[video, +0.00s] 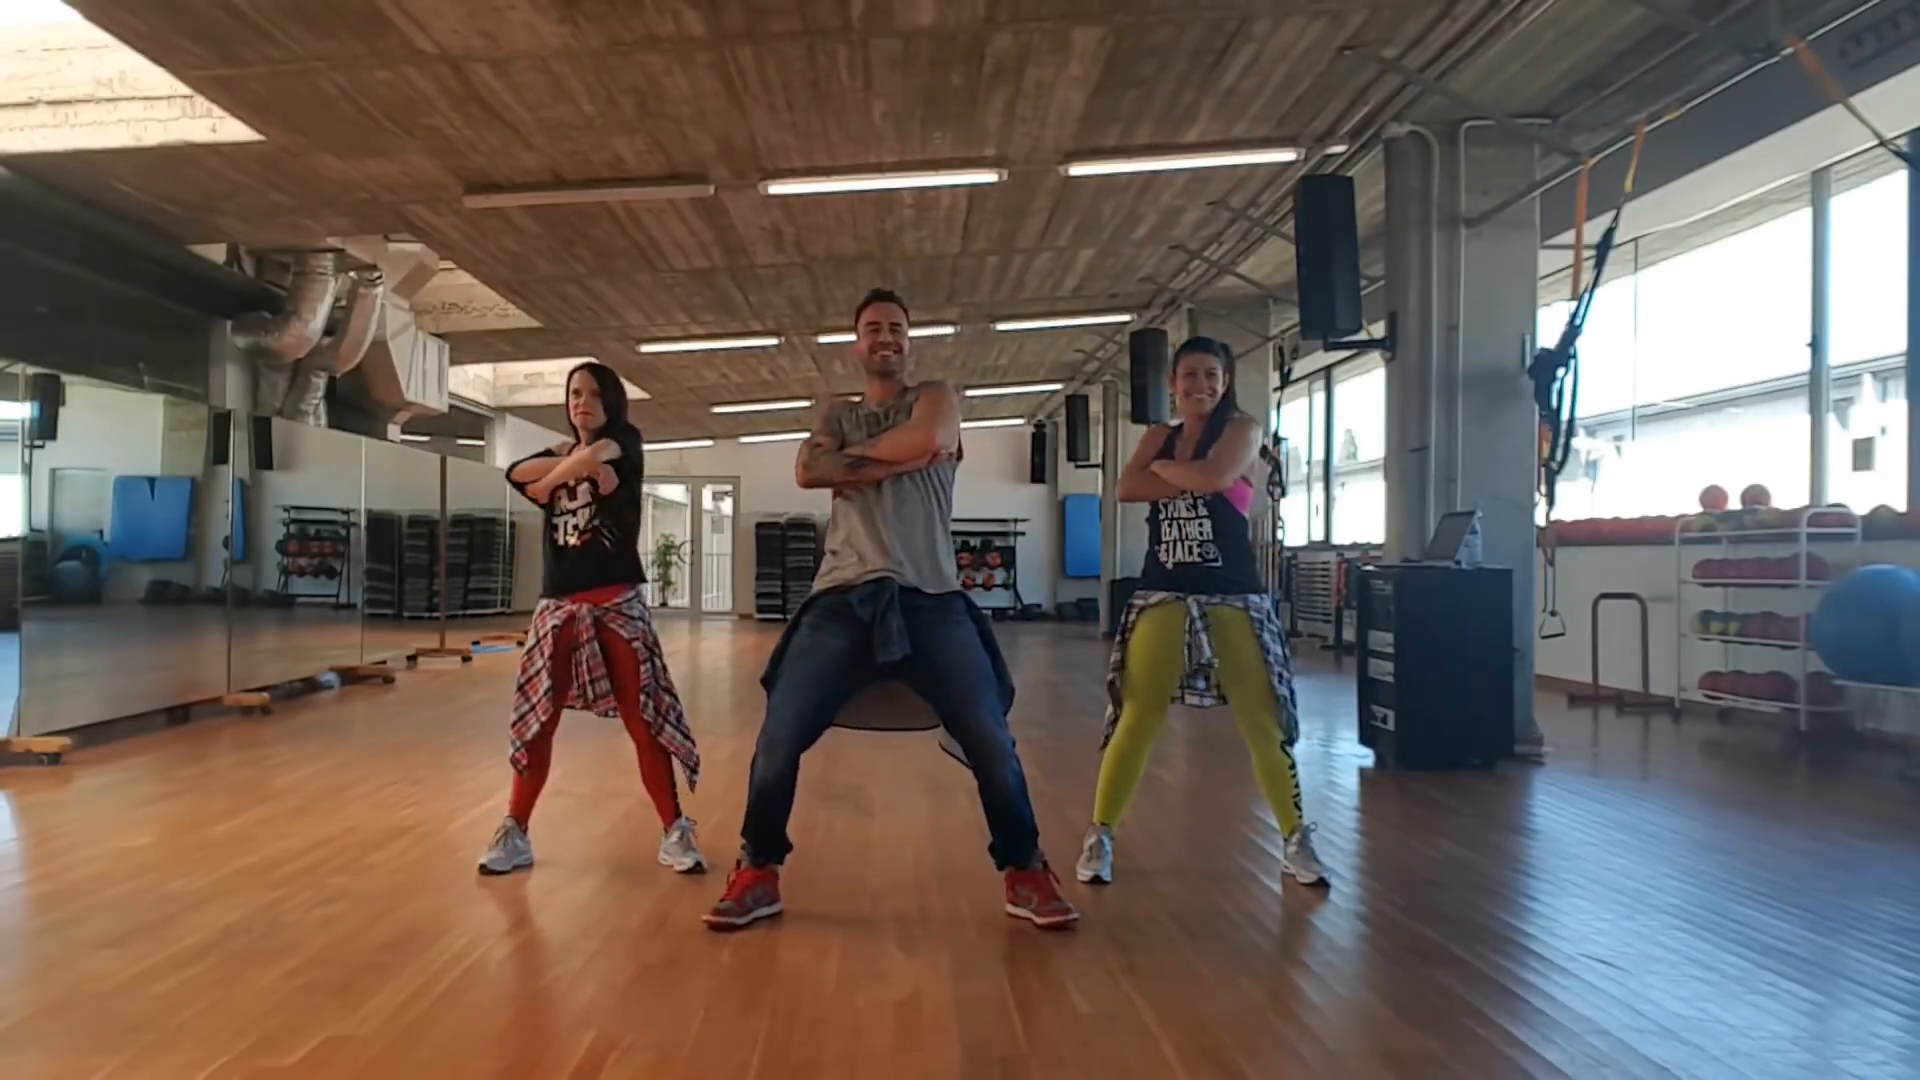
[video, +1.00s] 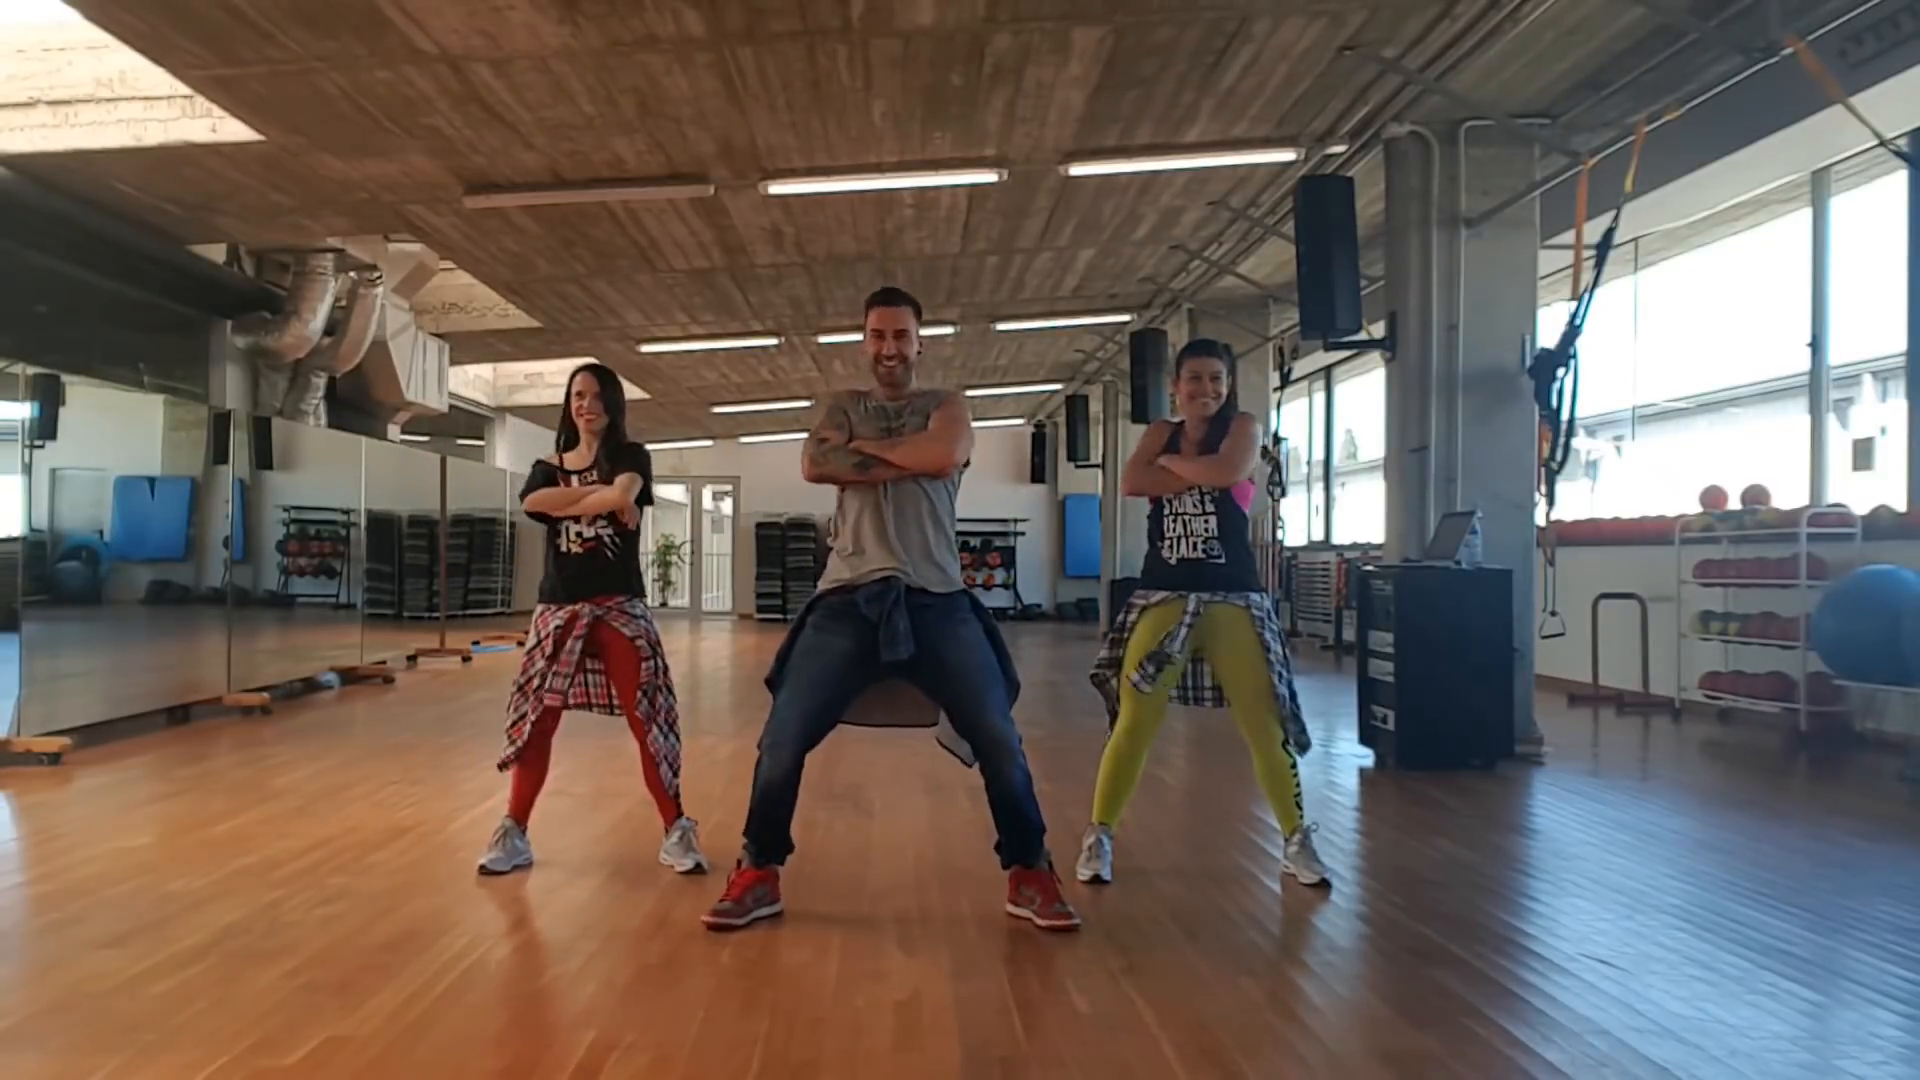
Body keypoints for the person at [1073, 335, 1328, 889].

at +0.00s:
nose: (1199, 384)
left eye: (1210, 376)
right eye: (1189, 375)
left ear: (1225, 383)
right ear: (1174, 383)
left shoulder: (1242, 428)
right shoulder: (1160, 436)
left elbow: (1212, 477)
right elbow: (1126, 488)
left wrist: (1157, 466)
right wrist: (1194, 478)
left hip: (1233, 591)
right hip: (1162, 590)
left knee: (1262, 720)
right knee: (1140, 714)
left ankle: (1296, 841)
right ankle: (1100, 837)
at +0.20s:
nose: (1203, 384)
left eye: (1213, 376)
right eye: (1192, 375)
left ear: (1227, 383)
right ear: (1175, 383)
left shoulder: (1247, 431)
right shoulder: (1157, 432)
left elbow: (1251, 474)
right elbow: (1145, 476)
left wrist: (1180, 459)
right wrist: (1221, 472)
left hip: (1235, 592)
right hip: (1165, 592)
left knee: (1267, 720)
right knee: (1138, 717)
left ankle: (1297, 840)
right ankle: (1099, 838)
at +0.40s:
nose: (1206, 386)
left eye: (1215, 377)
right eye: (1195, 377)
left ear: (1227, 386)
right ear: (1176, 384)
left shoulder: (1242, 440)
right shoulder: (1163, 430)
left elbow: (1278, 486)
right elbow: (1193, 479)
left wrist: (1218, 459)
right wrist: (1247, 480)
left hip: (1242, 597)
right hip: (1178, 597)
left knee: (1266, 719)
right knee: (1143, 720)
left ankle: (1296, 839)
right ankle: (1100, 837)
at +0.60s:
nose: (1204, 388)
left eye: (1213, 378)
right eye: (1193, 378)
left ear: (1226, 386)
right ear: (1175, 384)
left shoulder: (1245, 438)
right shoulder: (1158, 430)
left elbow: (1271, 479)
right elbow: (1170, 476)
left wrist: (1205, 458)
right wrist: (1237, 474)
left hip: (1239, 596)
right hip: (1170, 596)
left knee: (1267, 718)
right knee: (1145, 714)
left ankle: (1297, 840)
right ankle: (1100, 837)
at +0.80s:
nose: (1203, 388)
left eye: (1213, 379)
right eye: (1193, 378)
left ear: (1227, 385)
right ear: (1175, 385)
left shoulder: (1241, 426)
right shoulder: (1160, 434)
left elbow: (1223, 471)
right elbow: (1131, 482)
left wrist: (1161, 460)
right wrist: (1201, 469)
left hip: (1234, 592)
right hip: (1163, 591)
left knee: (1262, 716)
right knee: (1139, 715)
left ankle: (1296, 840)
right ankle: (1098, 837)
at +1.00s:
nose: (1204, 388)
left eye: (1214, 379)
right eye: (1193, 378)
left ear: (1228, 386)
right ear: (1175, 385)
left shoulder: (1242, 426)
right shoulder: (1161, 432)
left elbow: (1227, 473)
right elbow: (1132, 481)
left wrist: (1164, 459)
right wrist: (1201, 469)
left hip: (1230, 595)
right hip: (1161, 594)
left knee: (1261, 722)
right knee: (1135, 721)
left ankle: (1297, 841)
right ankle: (1098, 838)